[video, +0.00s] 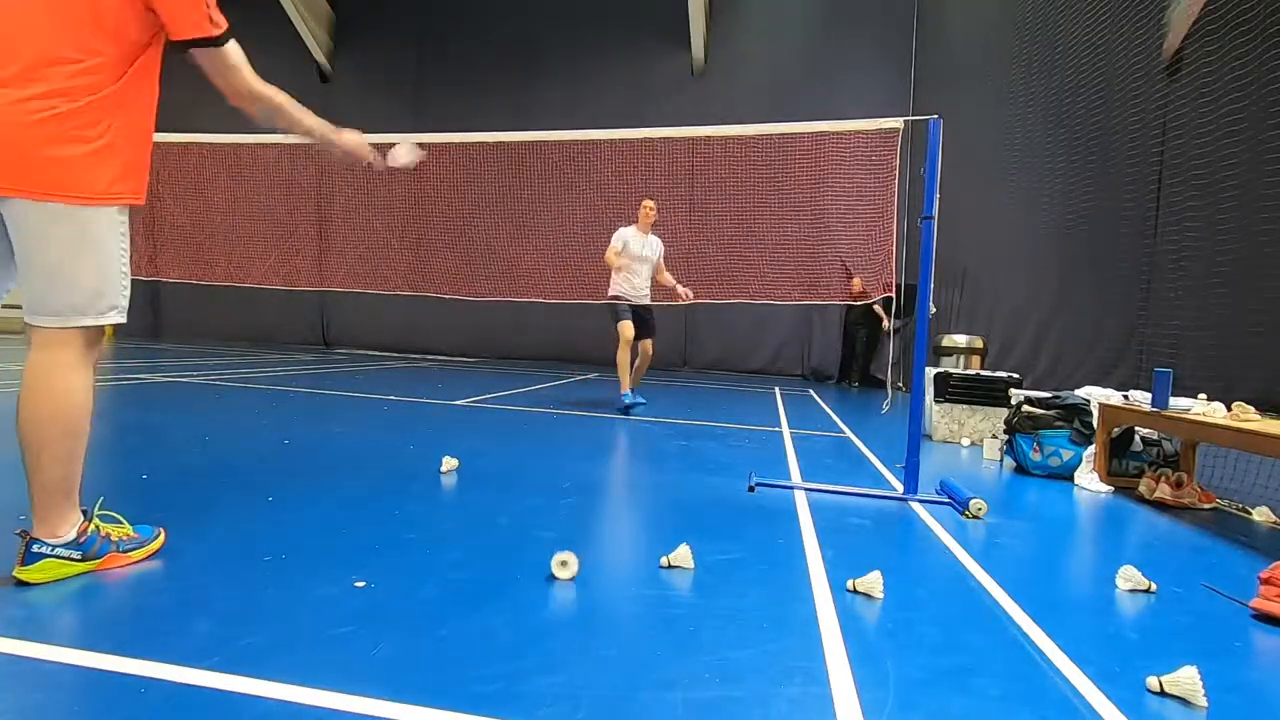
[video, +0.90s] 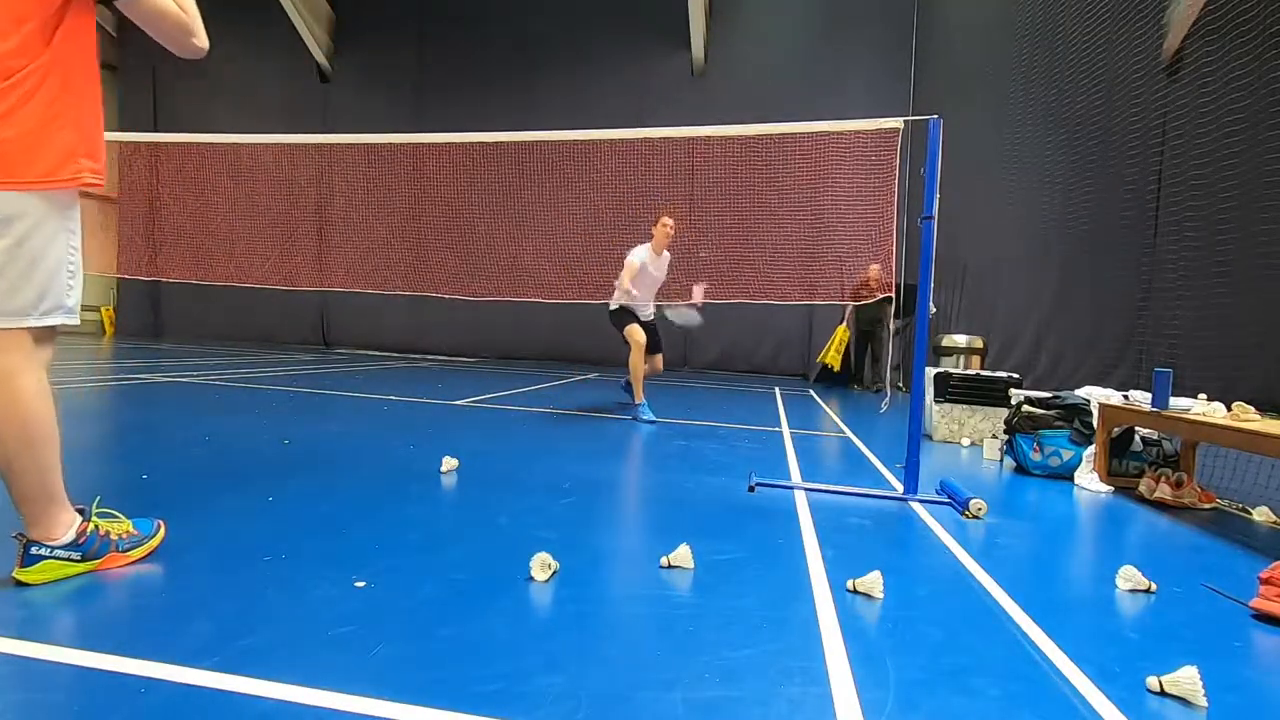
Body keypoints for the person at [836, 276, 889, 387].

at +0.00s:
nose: (856, 287)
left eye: (858, 285)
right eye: (854, 285)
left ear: (862, 285)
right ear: (850, 286)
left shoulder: (867, 299)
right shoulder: (849, 300)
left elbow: (876, 307)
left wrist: (884, 318)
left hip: (863, 328)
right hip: (849, 328)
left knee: (859, 353)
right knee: (847, 352)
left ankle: (855, 379)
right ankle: (845, 377)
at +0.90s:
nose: (873, 273)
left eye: (876, 270)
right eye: (871, 270)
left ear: (881, 273)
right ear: (866, 273)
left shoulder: (884, 289)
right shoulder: (859, 288)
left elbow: (889, 307)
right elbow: (851, 304)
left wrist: (890, 322)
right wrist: (846, 322)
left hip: (878, 327)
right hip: (861, 326)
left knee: (877, 357)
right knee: (859, 357)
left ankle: (878, 383)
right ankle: (858, 381)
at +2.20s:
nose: (887, 258)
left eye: (890, 256)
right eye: (884, 255)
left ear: (894, 258)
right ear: (879, 257)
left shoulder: (899, 280)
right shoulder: (870, 277)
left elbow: (908, 299)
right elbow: (863, 299)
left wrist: (911, 317)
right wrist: (858, 317)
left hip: (889, 325)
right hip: (870, 324)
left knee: (884, 358)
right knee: (867, 354)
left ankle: (880, 391)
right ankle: (871, 384)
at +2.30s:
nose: (887, 257)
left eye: (890, 254)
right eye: (884, 253)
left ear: (895, 256)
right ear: (880, 255)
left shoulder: (900, 276)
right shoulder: (872, 274)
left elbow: (909, 294)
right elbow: (864, 295)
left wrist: (907, 301)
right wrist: (859, 316)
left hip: (890, 321)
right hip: (871, 319)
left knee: (884, 358)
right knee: (867, 353)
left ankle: (880, 391)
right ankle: (869, 386)